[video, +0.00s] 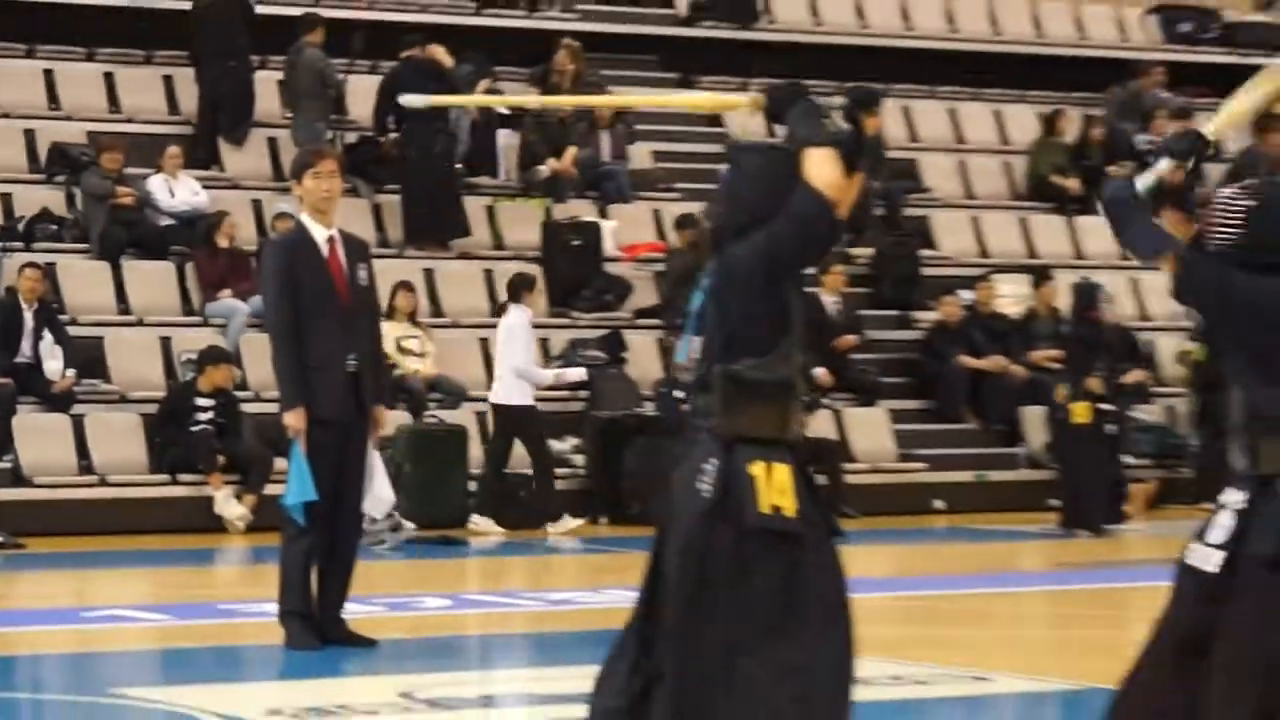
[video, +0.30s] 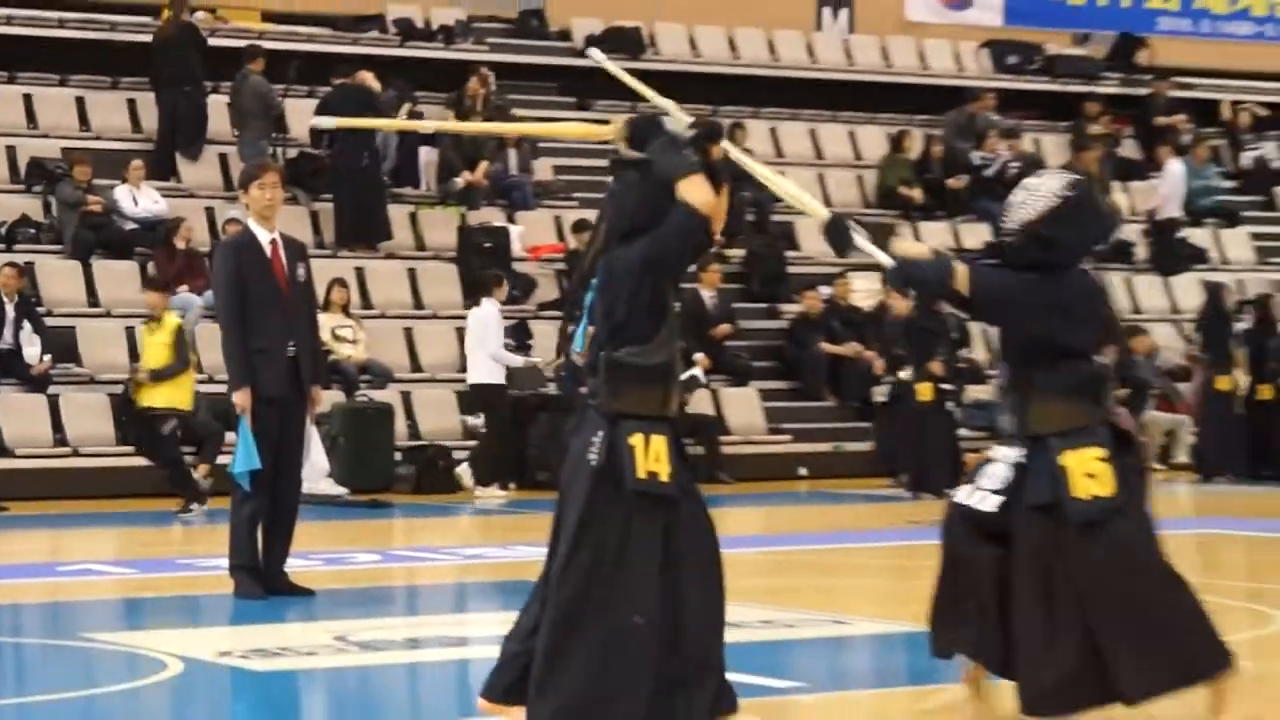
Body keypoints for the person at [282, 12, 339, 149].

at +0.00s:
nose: (323, 37)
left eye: (323, 32)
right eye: (322, 32)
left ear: (304, 31)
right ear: (315, 31)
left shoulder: (293, 54)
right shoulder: (316, 56)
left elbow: (289, 86)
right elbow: (333, 82)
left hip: (299, 119)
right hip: (316, 120)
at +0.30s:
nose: (263, 65)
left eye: (263, 61)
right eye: (262, 61)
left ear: (247, 60)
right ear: (257, 61)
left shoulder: (238, 80)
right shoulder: (260, 83)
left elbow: (234, 108)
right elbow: (276, 107)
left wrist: (240, 126)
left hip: (244, 136)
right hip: (259, 137)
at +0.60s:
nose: (234, 89)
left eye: (233, 86)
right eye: (232, 86)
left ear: (218, 87)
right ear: (227, 87)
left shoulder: (210, 107)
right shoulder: (230, 106)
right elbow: (244, 128)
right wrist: (252, 148)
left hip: (217, 156)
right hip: (231, 156)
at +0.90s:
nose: (265, 110)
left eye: (265, 107)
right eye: (264, 107)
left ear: (252, 107)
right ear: (259, 107)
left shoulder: (243, 125)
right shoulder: (262, 124)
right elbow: (277, 140)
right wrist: (283, 134)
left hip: (249, 170)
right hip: (263, 171)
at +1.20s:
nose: (284, 121)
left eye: (284, 118)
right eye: (283, 118)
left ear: (271, 117)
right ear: (278, 117)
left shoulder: (261, 136)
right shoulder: (281, 134)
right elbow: (295, 149)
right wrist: (301, 144)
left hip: (268, 180)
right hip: (282, 179)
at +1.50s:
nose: (304, 137)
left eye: (303, 134)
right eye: (303, 134)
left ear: (292, 133)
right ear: (299, 133)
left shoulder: (283, 150)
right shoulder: (301, 149)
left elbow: (283, 170)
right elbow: (314, 167)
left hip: (287, 191)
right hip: (300, 192)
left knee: (296, 220)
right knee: (302, 220)